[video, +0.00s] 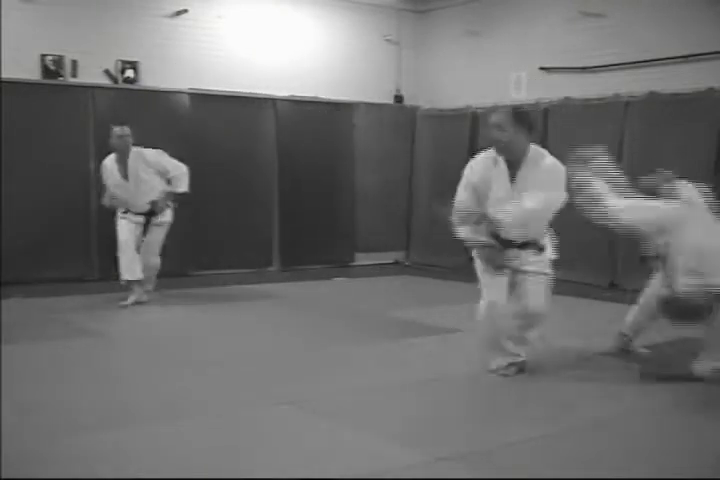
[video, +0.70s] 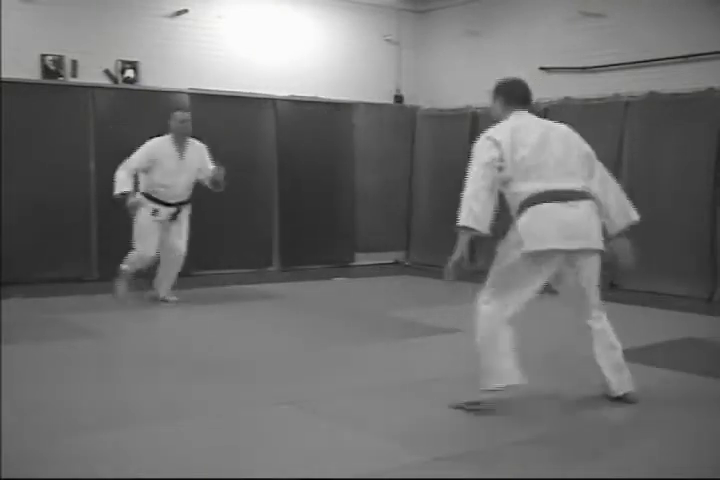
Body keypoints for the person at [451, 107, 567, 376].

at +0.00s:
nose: (493, 136)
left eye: (500, 129)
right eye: (490, 129)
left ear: (523, 131)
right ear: (487, 130)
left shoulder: (550, 169)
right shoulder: (479, 166)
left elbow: (539, 211)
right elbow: (464, 215)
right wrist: (485, 248)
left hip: (533, 250)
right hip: (492, 249)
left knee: (535, 308)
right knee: (494, 305)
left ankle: (515, 341)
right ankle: (504, 358)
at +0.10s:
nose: (483, 120)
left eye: (488, 114)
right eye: (483, 114)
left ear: (508, 117)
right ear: (506, 118)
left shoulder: (531, 151)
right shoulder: (494, 152)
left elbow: (503, 187)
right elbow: (476, 186)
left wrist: (473, 176)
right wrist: (454, 218)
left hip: (550, 234)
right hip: (515, 235)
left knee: (516, 292)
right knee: (496, 294)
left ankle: (566, 341)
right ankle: (512, 358)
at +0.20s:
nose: (483, 114)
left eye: (486, 108)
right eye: (483, 107)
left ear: (501, 106)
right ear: (512, 105)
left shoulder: (517, 138)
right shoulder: (516, 134)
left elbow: (468, 187)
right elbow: (504, 188)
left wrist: (468, 180)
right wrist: (476, 216)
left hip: (555, 231)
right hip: (530, 231)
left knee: (521, 297)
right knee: (498, 293)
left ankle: (567, 366)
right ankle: (523, 358)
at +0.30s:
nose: (492, 117)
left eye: (496, 110)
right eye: (493, 110)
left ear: (509, 113)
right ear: (527, 113)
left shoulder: (505, 144)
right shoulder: (553, 145)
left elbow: (479, 204)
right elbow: (554, 203)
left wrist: (476, 207)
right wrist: (526, 253)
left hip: (552, 234)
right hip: (582, 233)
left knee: (533, 310)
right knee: (543, 297)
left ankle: (544, 393)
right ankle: (572, 354)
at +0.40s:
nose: (500, 127)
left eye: (501, 121)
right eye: (500, 121)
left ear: (509, 123)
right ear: (537, 124)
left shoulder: (504, 154)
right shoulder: (564, 153)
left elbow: (492, 219)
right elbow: (577, 200)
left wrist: (494, 237)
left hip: (557, 242)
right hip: (595, 238)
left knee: (523, 322)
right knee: (575, 311)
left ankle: (544, 402)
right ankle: (616, 369)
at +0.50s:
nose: (501, 133)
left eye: (502, 127)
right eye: (501, 127)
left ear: (511, 129)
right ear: (537, 128)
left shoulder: (505, 160)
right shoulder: (569, 155)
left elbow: (497, 215)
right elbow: (603, 204)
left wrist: (500, 269)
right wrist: (624, 255)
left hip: (558, 241)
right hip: (603, 236)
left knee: (522, 322)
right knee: (596, 313)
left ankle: (545, 401)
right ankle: (623, 378)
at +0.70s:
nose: (491, 110)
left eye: (493, 105)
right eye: (491, 105)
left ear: (500, 104)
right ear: (528, 103)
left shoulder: (494, 137)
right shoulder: (565, 133)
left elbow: (479, 186)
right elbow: (600, 180)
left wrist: (463, 241)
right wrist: (619, 231)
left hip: (537, 224)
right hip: (584, 220)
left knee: (494, 304)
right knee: (593, 310)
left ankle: (498, 384)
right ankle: (621, 385)